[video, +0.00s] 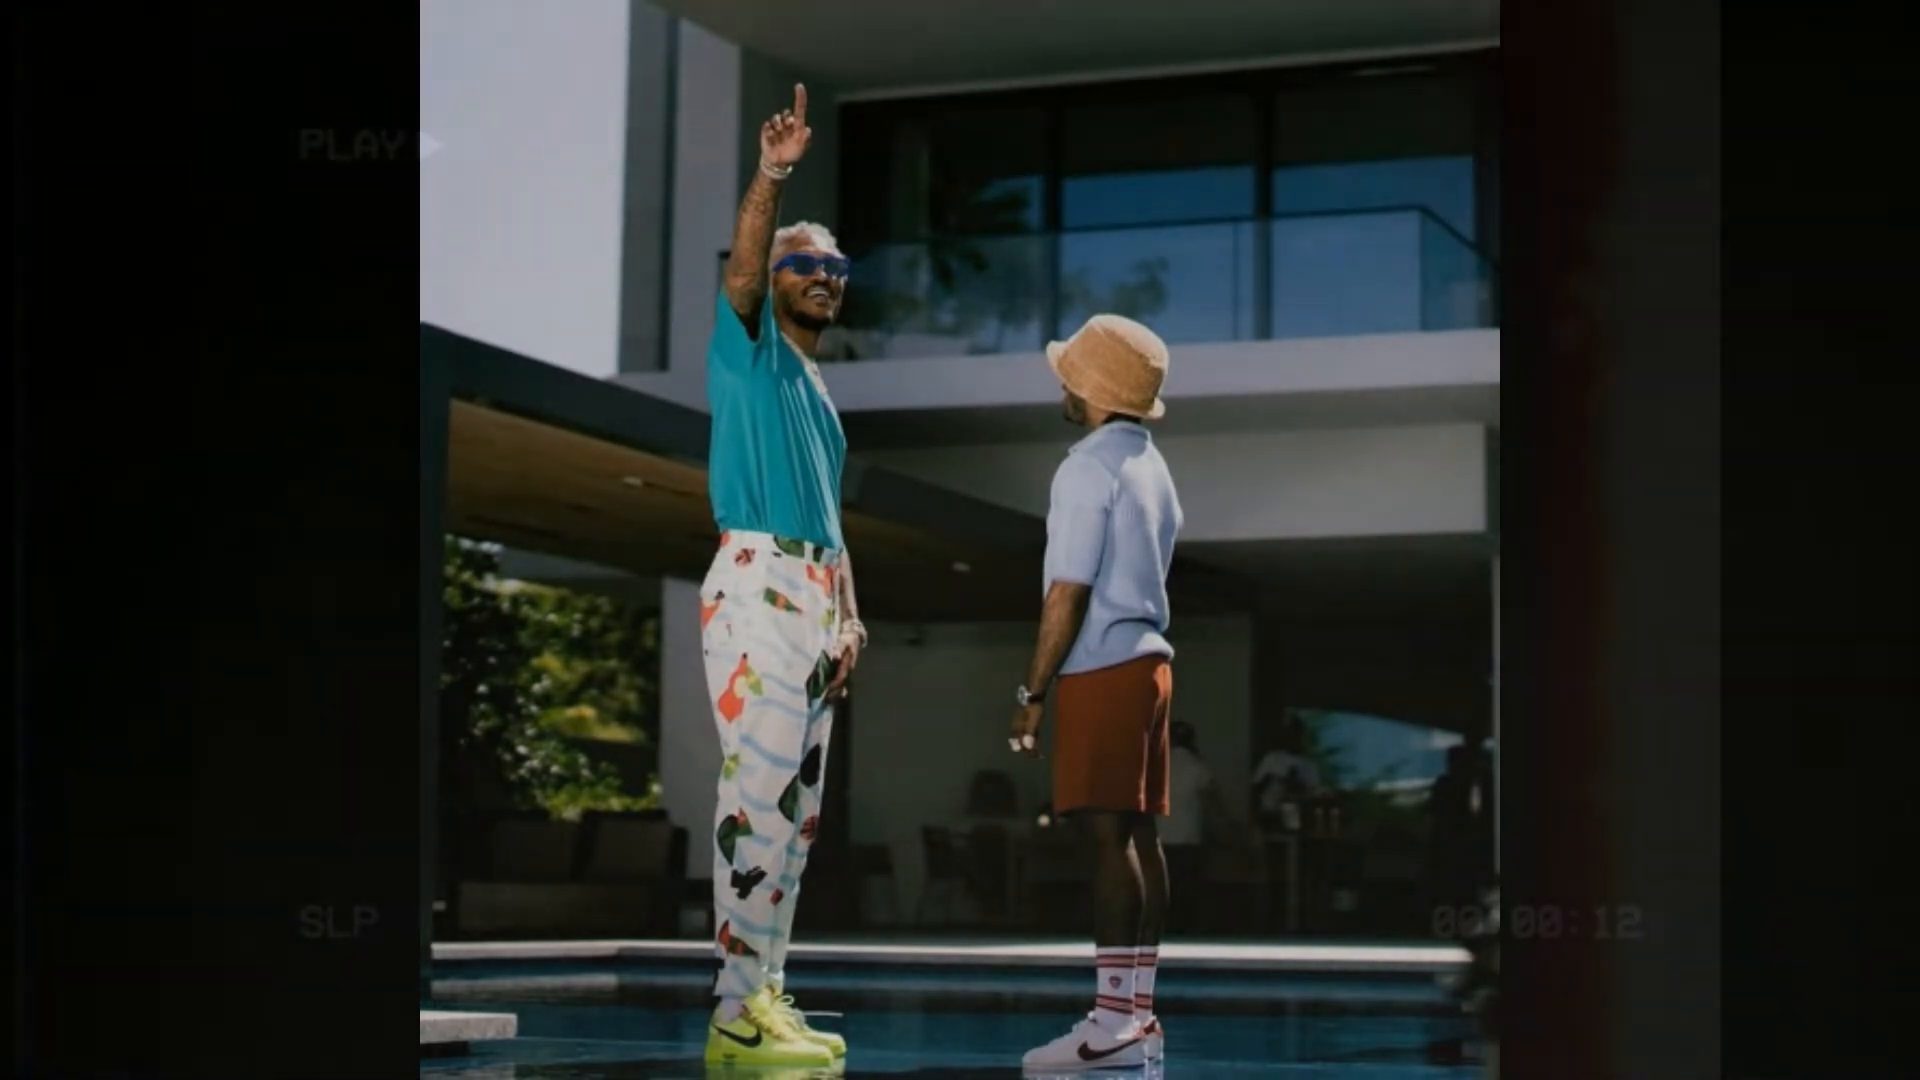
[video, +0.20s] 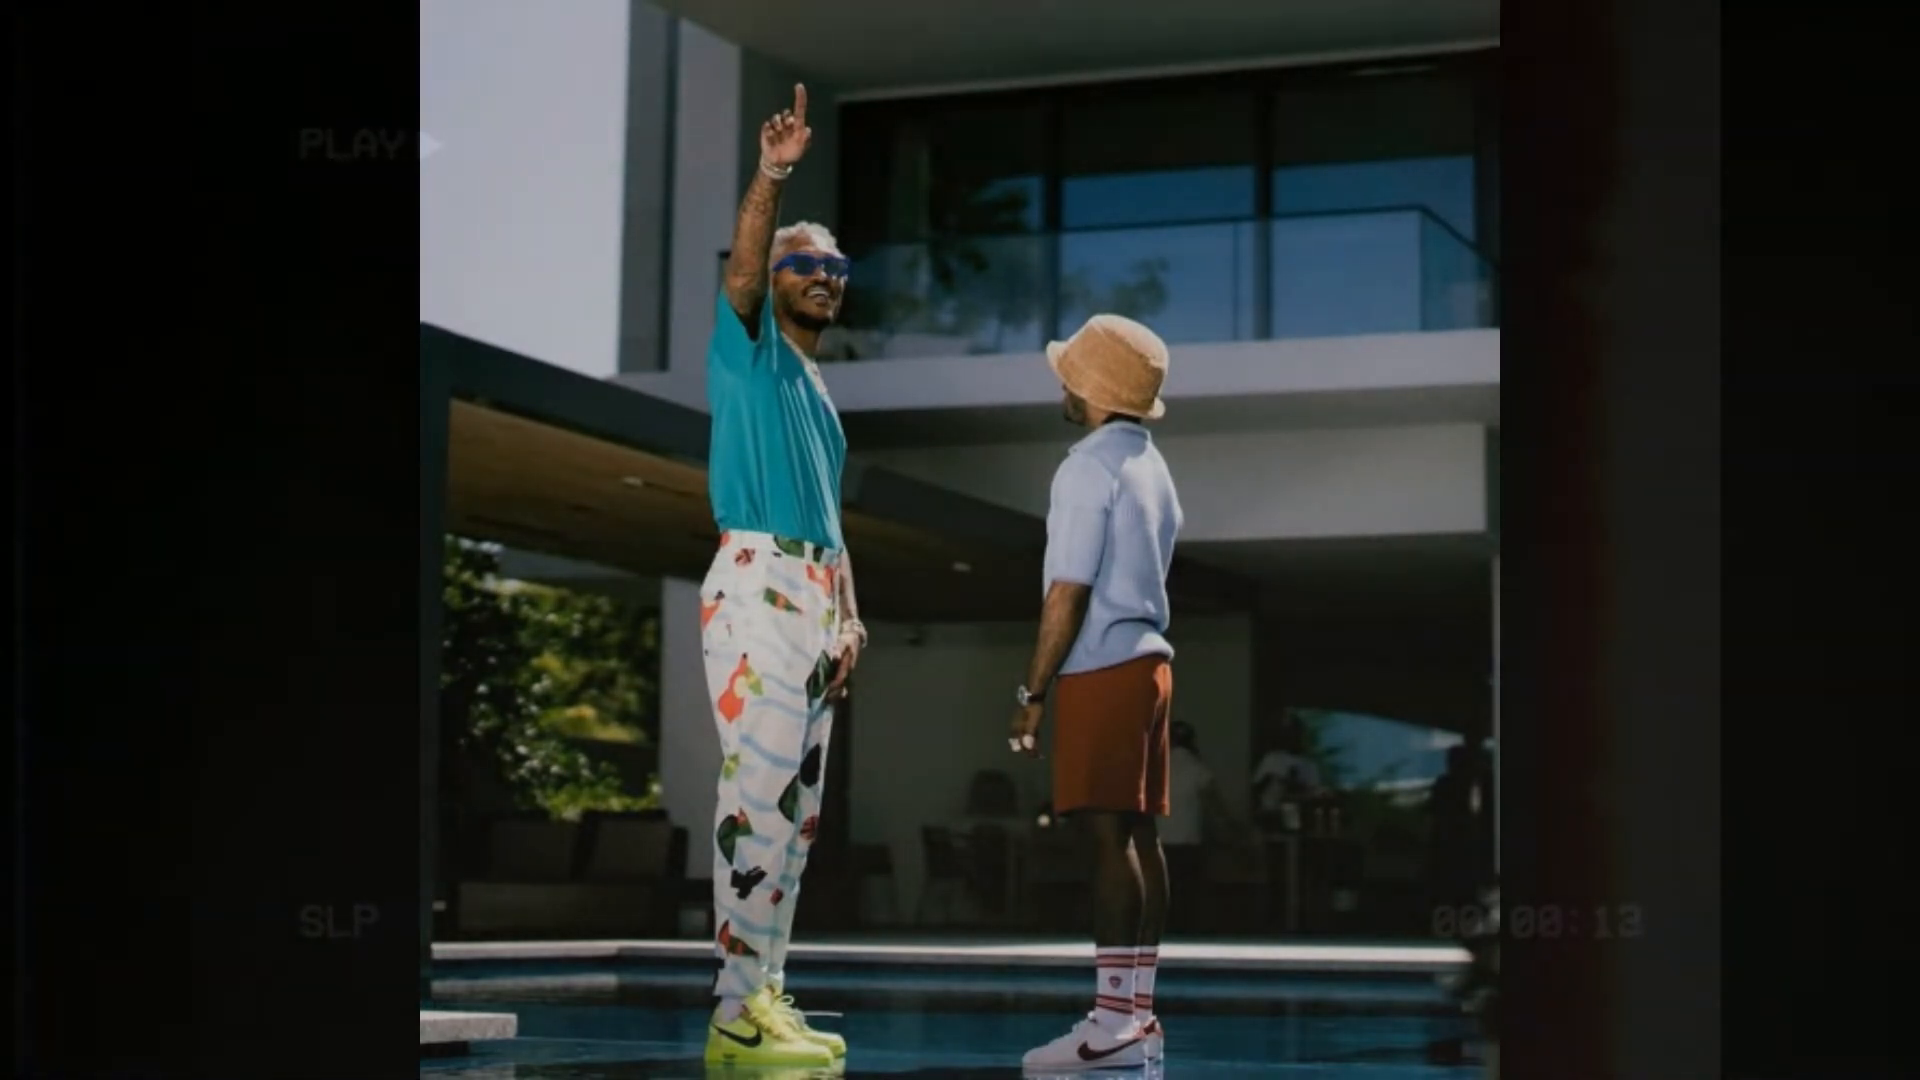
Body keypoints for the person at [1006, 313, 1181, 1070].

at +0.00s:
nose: (1063, 389)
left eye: (1071, 379)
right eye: (1068, 378)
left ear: (1092, 391)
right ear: (1130, 395)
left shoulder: (1088, 468)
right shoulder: (1147, 463)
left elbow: (1068, 594)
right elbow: (1142, 583)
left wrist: (1031, 692)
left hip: (1104, 669)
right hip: (1146, 666)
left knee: (1108, 839)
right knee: (1139, 839)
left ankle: (1116, 1015)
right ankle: (1135, 1012)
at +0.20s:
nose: (1064, 388)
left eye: (1072, 378)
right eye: (1068, 377)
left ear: (1092, 391)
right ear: (1130, 394)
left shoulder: (1088, 468)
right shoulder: (1147, 463)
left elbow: (1067, 594)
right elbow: (1146, 580)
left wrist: (1032, 692)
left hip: (1104, 669)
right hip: (1146, 666)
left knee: (1108, 838)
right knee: (1139, 838)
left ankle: (1115, 1015)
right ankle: (1135, 1012)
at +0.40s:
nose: (1064, 388)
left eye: (1072, 378)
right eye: (1068, 377)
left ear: (1092, 391)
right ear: (1130, 394)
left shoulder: (1088, 468)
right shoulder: (1147, 463)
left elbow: (1067, 595)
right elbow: (1146, 580)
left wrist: (1031, 692)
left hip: (1104, 669)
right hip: (1146, 665)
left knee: (1107, 838)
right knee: (1139, 838)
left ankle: (1115, 1015)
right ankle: (1135, 1012)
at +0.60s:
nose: (1064, 389)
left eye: (1072, 379)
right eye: (1068, 377)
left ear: (1093, 391)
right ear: (1130, 394)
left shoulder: (1088, 468)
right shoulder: (1148, 462)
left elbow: (1067, 595)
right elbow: (1146, 579)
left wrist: (1032, 692)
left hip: (1104, 669)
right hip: (1146, 665)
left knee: (1107, 838)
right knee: (1139, 838)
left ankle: (1115, 1015)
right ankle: (1135, 1012)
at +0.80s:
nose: (1064, 390)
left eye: (1072, 380)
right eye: (1068, 378)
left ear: (1092, 392)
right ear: (1130, 395)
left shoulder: (1088, 468)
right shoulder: (1147, 463)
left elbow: (1067, 595)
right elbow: (1144, 582)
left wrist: (1031, 692)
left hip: (1104, 668)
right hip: (1146, 665)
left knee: (1109, 839)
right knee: (1139, 838)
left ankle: (1115, 1016)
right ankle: (1135, 1012)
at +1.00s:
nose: (1064, 389)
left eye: (1072, 379)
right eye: (1068, 377)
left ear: (1093, 391)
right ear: (1130, 395)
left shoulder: (1088, 468)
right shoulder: (1147, 463)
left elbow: (1067, 595)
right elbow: (1146, 580)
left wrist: (1031, 692)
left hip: (1104, 668)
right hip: (1146, 665)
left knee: (1108, 838)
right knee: (1139, 838)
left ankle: (1115, 1015)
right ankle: (1135, 1012)